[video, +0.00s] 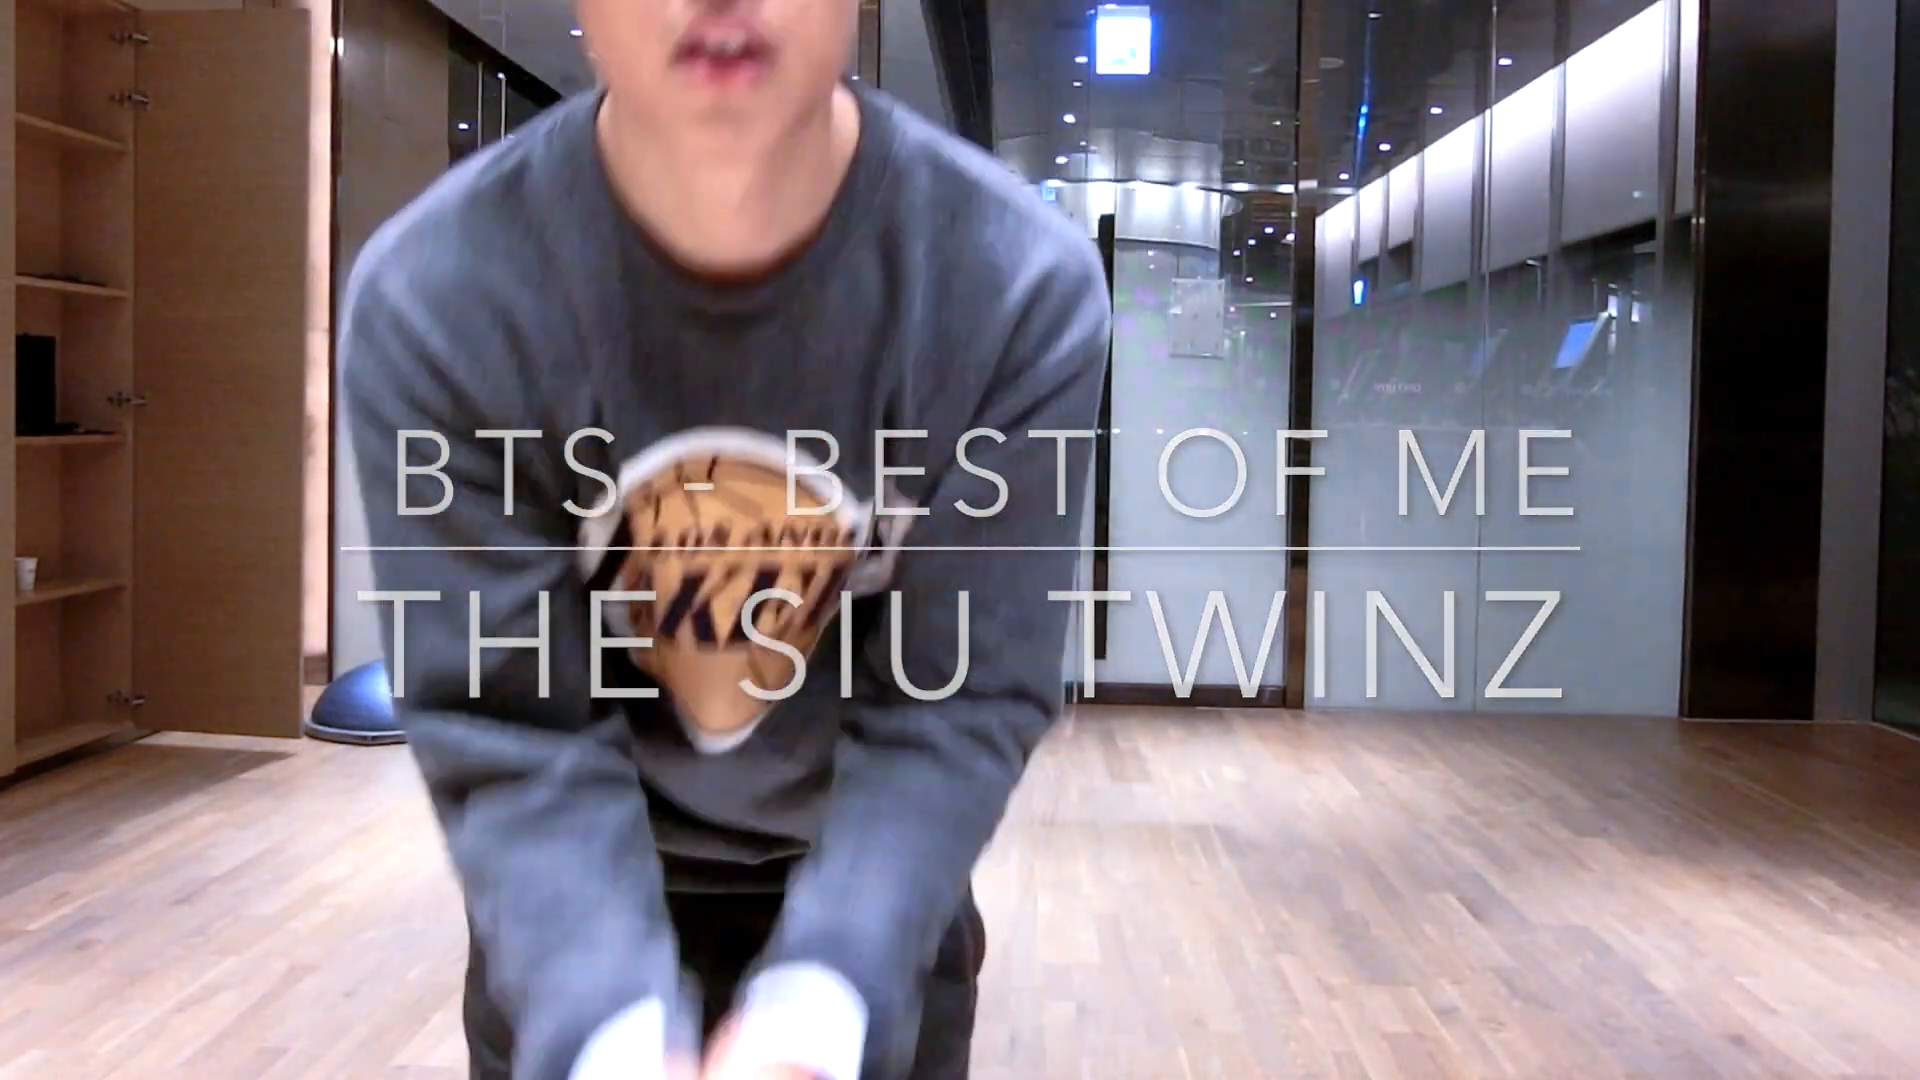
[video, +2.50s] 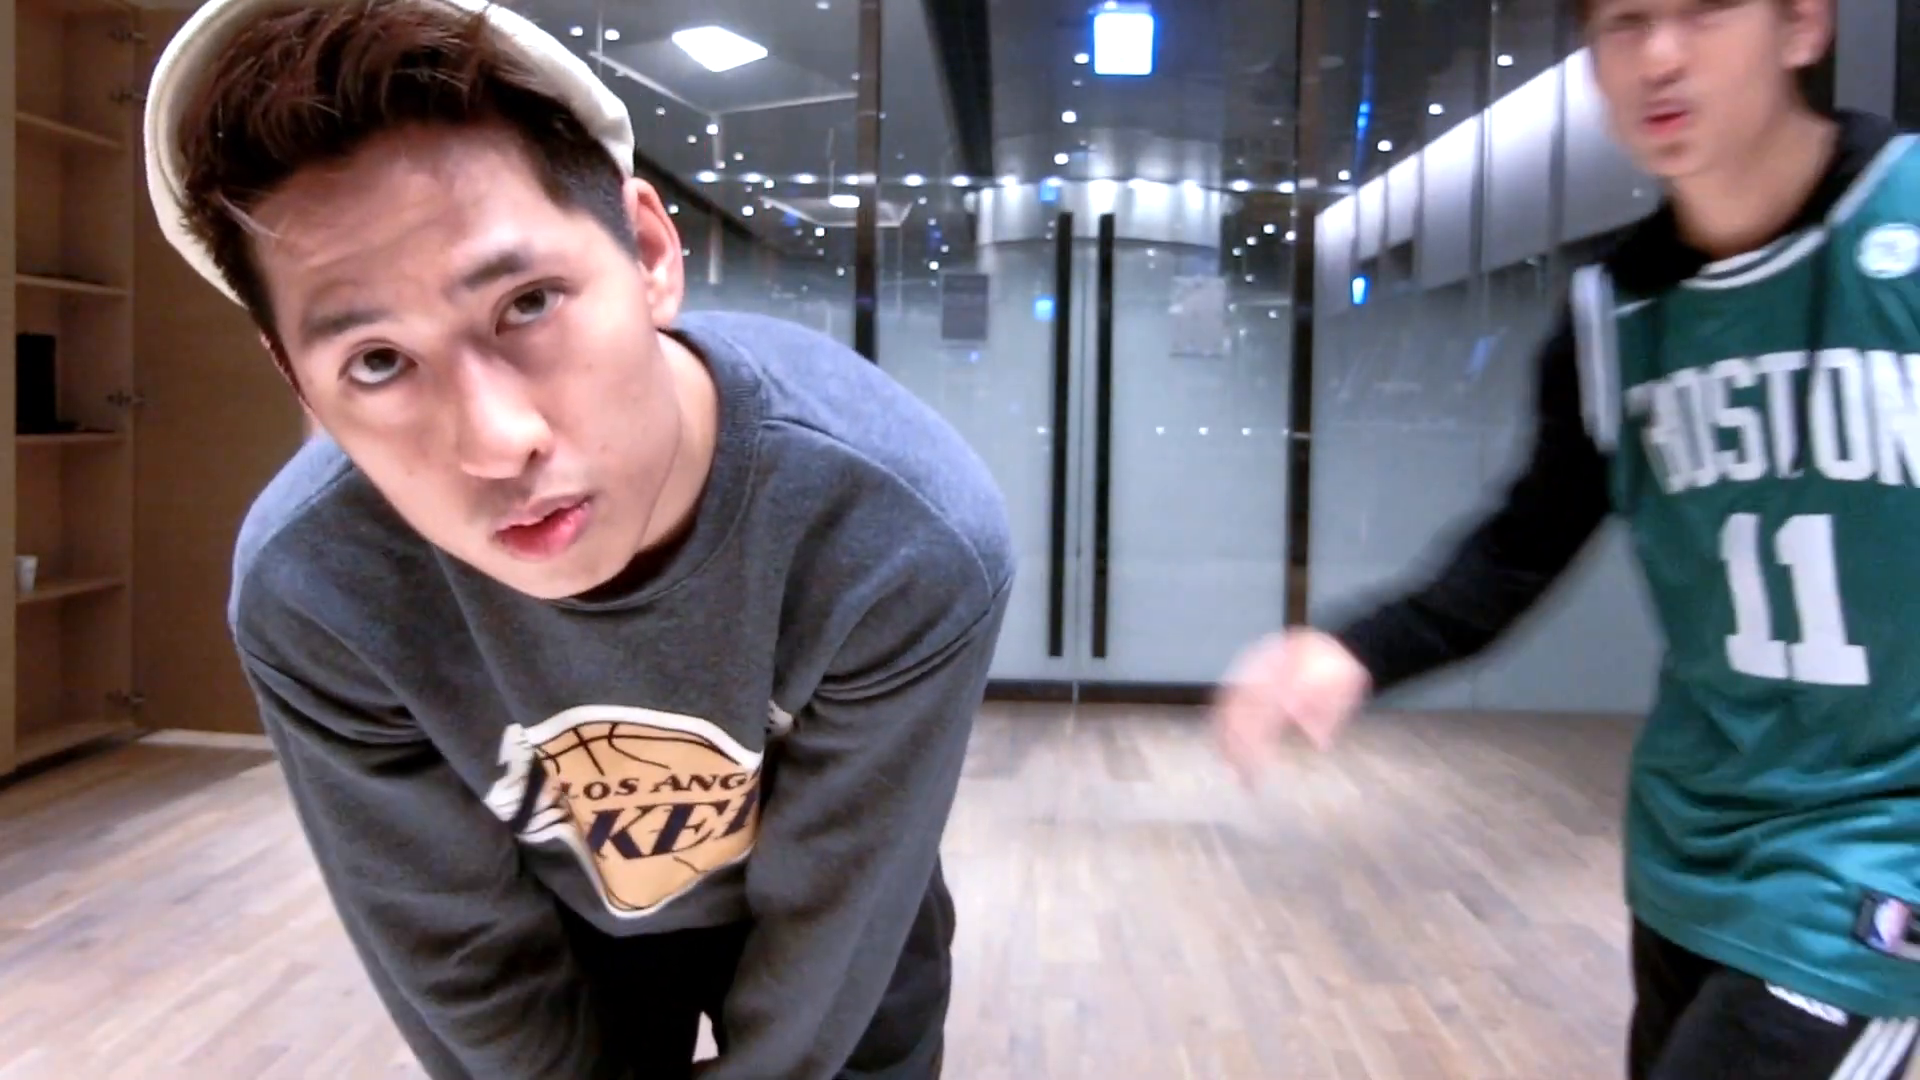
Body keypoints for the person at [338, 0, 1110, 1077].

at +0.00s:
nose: (716, 0)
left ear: (857, 4)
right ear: (579, 12)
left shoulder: (1018, 285)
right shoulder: (436, 292)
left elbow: (959, 707)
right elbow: (516, 742)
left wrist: (817, 999)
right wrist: (613, 1035)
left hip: (872, 859)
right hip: (583, 859)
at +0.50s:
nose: (645, 210)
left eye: (716, 101)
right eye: (562, 105)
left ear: (827, 125)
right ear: (463, 146)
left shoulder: (1005, 426)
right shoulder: (370, 445)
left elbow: (1131, 841)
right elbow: (259, 847)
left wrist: (1094, 1068)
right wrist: (216, 1065)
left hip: (888, 884)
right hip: (605, 880)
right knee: (587, 1072)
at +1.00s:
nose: (674, 538)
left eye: (739, 410)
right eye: (577, 422)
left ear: (847, 376)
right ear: (472, 404)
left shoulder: (1002, 611)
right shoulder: (384, 629)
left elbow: (907, 1051)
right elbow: (483, 1038)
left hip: (855, 947)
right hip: (595, 948)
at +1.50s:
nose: (549, 315)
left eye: (596, 188)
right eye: (446, 234)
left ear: (736, 182)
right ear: (386, 289)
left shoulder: (993, 520)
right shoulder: (367, 587)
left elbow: (882, 981)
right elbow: (436, 963)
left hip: (846, 926)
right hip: (586, 926)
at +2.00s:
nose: (532, 323)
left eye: (563, 192)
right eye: (418, 244)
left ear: (688, 174)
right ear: (341, 294)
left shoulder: (936, 501)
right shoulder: (336, 548)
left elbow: (885, 985)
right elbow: (433, 931)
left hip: (833, 917)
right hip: (566, 917)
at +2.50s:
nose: (495, 443)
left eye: (527, 304)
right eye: (379, 364)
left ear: (652, 256)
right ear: (303, 389)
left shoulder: (906, 541)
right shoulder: (309, 592)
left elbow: (817, 966)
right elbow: (482, 998)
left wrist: (770, 1061)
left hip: (836, 918)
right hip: (562, 944)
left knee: (861, 1060)